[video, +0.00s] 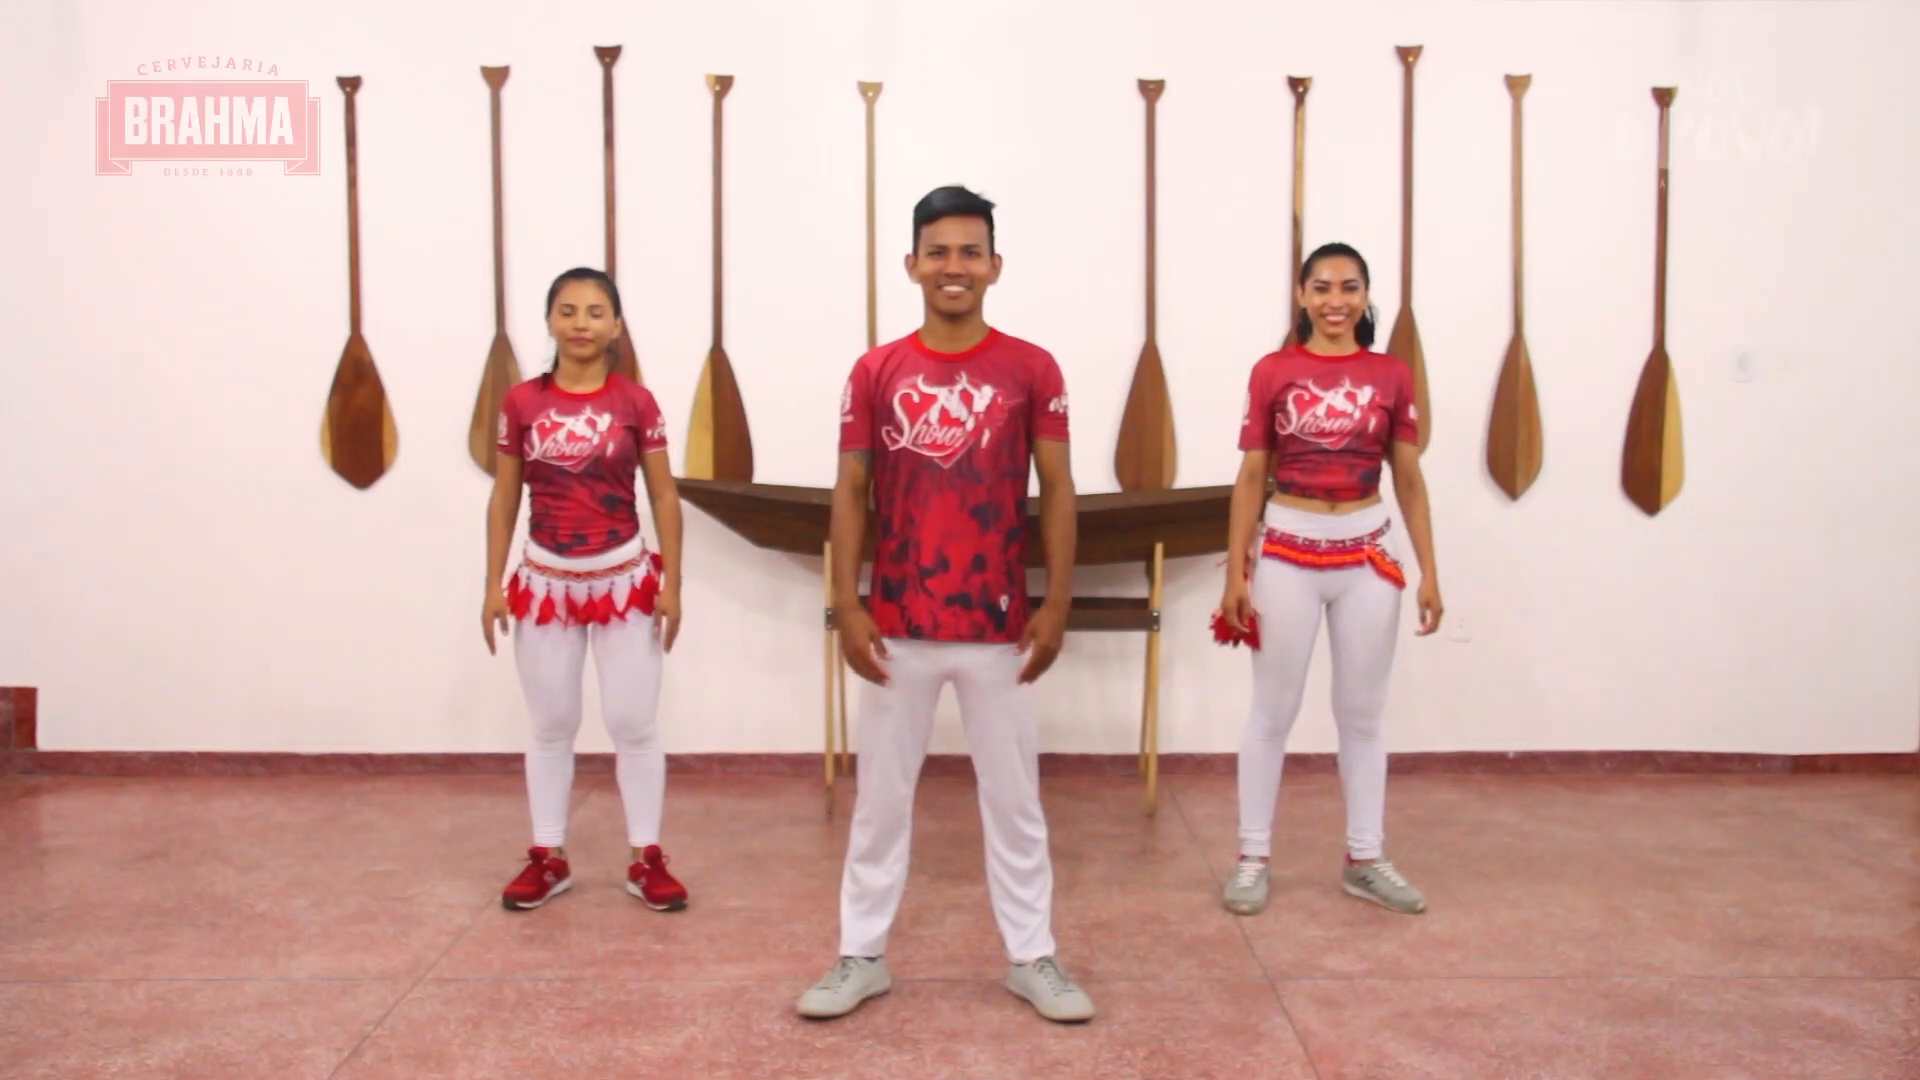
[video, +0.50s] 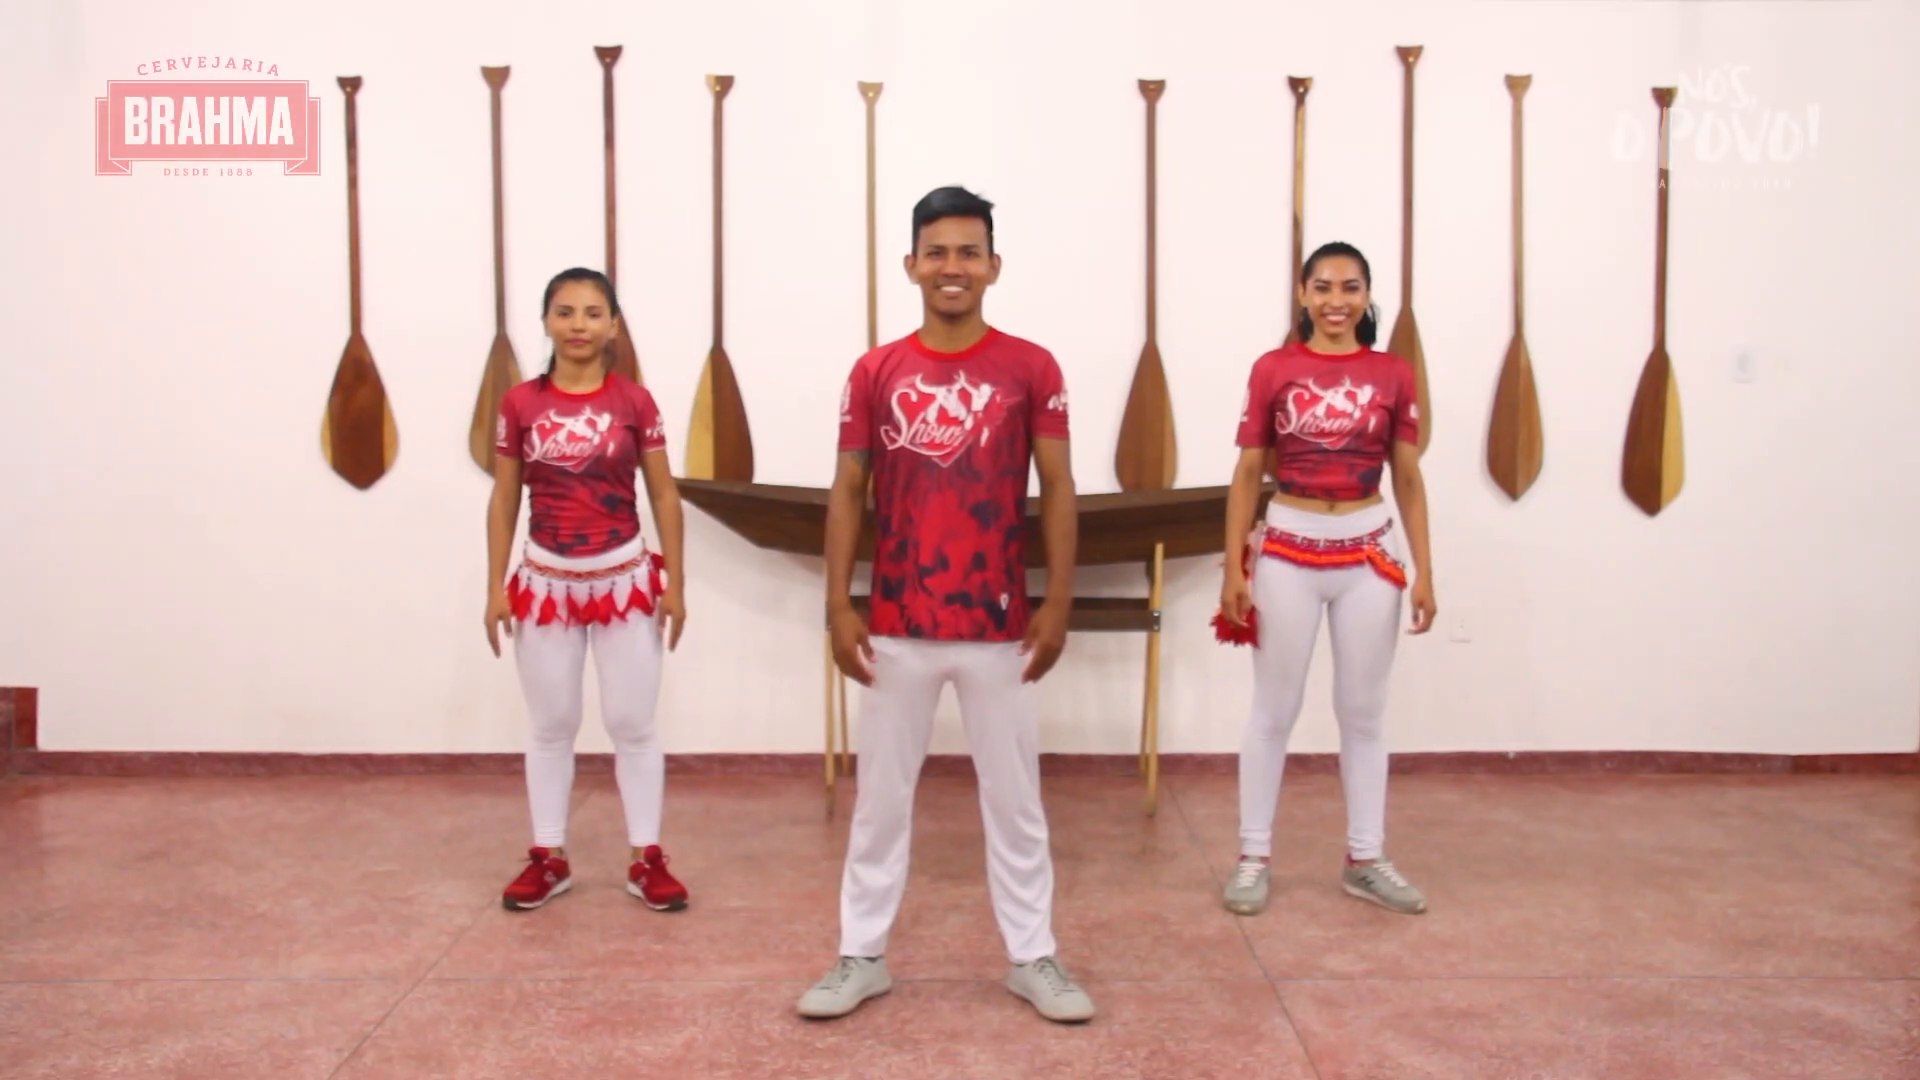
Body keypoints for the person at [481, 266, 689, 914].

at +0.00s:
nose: (582, 322)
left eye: (596, 312)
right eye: (568, 311)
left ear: (616, 325)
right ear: (550, 323)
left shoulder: (634, 400)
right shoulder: (523, 402)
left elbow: (665, 494)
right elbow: (505, 495)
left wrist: (672, 581)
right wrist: (495, 582)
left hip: (625, 578)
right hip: (544, 580)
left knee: (634, 726)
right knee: (550, 726)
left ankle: (647, 858)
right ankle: (547, 856)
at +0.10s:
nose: (581, 322)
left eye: (595, 312)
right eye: (567, 311)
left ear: (615, 325)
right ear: (549, 323)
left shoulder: (634, 400)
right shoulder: (522, 402)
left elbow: (664, 493)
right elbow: (504, 495)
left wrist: (671, 581)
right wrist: (494, 583)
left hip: (625, 578)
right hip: (544, 580)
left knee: (634, 727)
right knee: (551, 727)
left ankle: (647, 858)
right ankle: (547, 856)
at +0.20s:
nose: (580, 323)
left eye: (594, 312)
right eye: (567, 311)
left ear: (614, 325)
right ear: (548, 323)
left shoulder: (633, 400)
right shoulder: (522, 403)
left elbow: (663, 493)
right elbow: (504, 496)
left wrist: (671, 581)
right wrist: (494, 583)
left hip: (624, 579)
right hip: (544, 581)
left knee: (633, 726)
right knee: (551, 727)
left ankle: (647, 858)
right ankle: (547, 856)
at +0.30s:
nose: (579, 323)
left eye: (594, 312)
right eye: (566, 311)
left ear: (613, 325)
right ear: (547, 323)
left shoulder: (633, 400)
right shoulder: (522, 403)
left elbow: (663, 493)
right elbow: (504, 496)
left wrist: (673, 582)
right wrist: (494, 583)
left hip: (624, 579)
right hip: (544, 581)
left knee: (633, 726)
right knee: (551, 727)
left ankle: (648, 857)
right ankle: (548, 856)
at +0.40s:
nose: (579, 323)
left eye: (593, 312)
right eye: (565, 311)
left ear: (613, 324)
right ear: (547, 323)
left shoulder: (633, 400)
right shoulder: (521, 403)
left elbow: (663, 492)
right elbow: (504, 498)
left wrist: (673, 580)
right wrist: (496, 585)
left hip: (624, 578)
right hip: (545, 581)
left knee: (633, 726)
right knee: (551, 726)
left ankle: (648, 858)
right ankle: (548, 856)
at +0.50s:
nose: (579, 323)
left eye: (593, 312)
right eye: (565, 312)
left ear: (613, 324)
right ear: (547, 323)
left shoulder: (633, 399)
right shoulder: (522, 403)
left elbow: (664, 491)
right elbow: (504, 498)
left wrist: (675, 580)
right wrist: (496, 585)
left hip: (625, 579)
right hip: (545, 581)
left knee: (634, 726)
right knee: (551, 726)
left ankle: (648, 858)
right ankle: (548, 856)